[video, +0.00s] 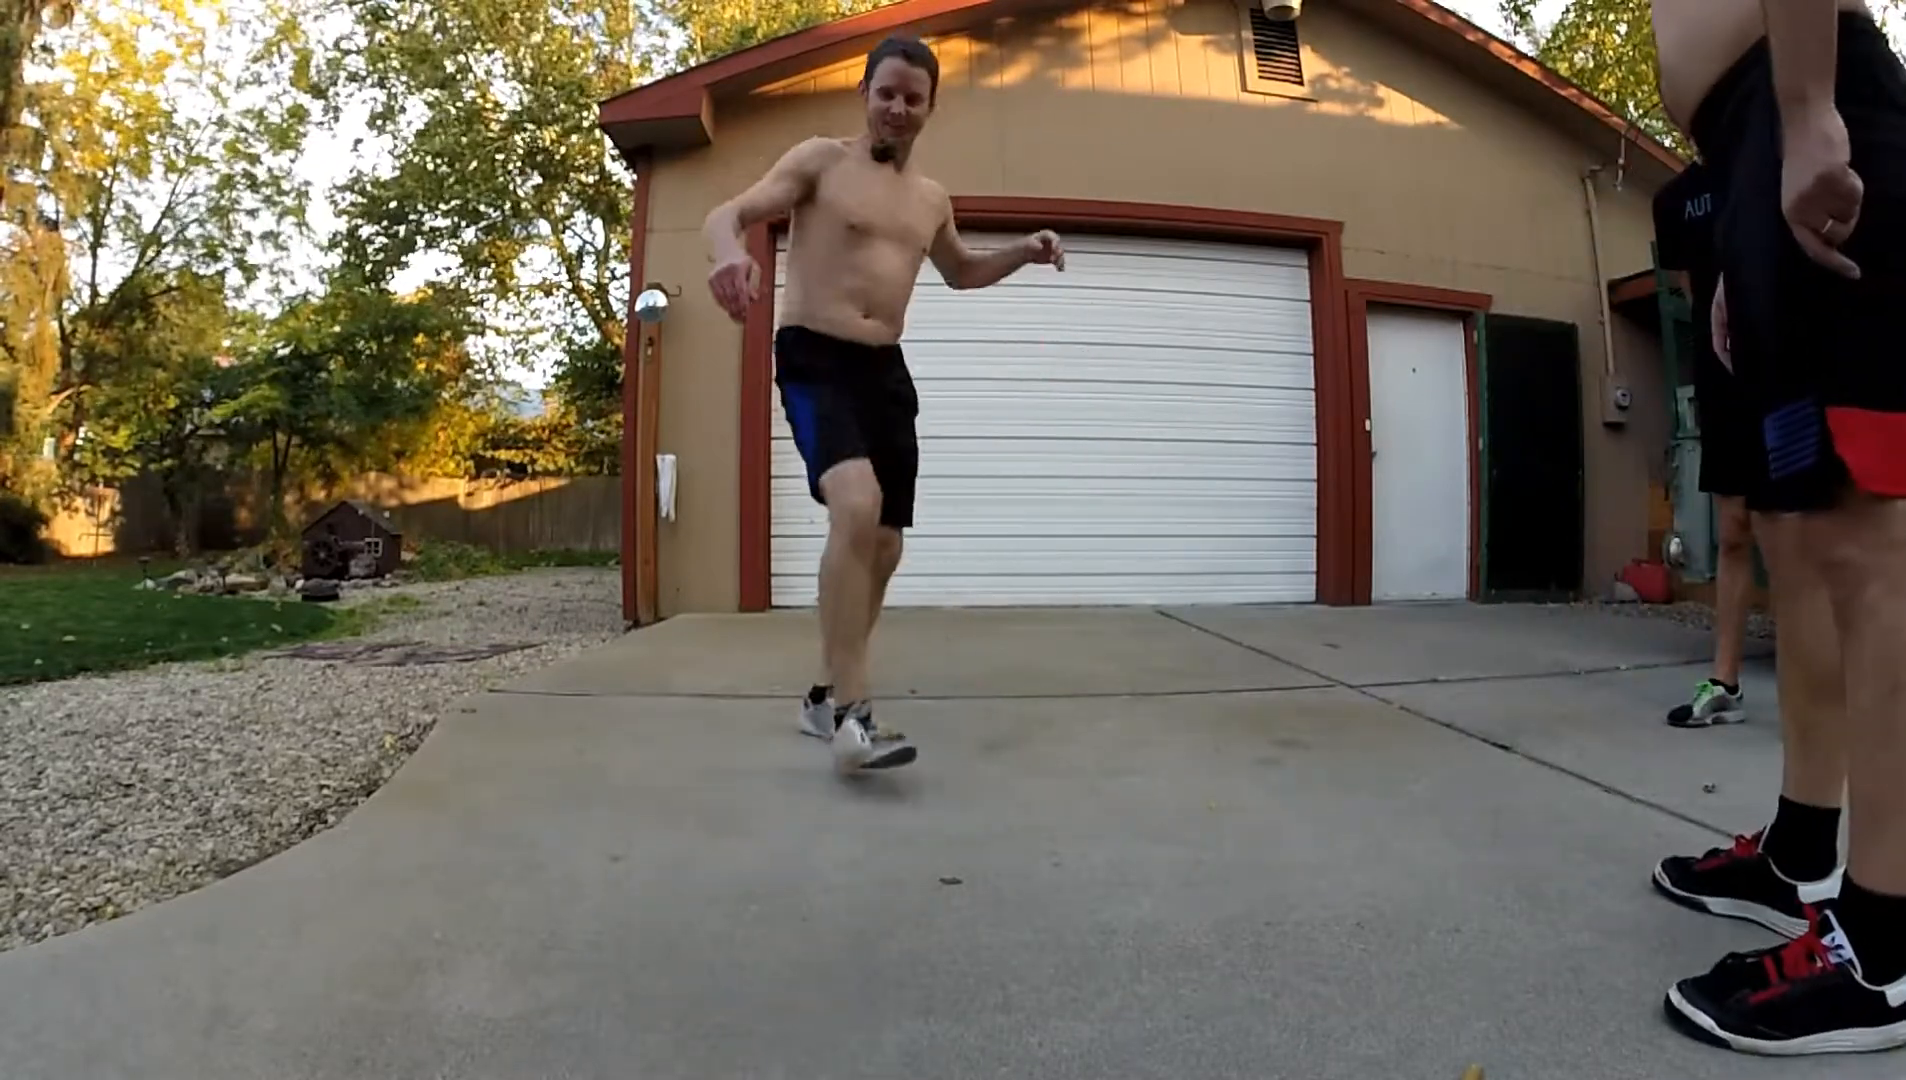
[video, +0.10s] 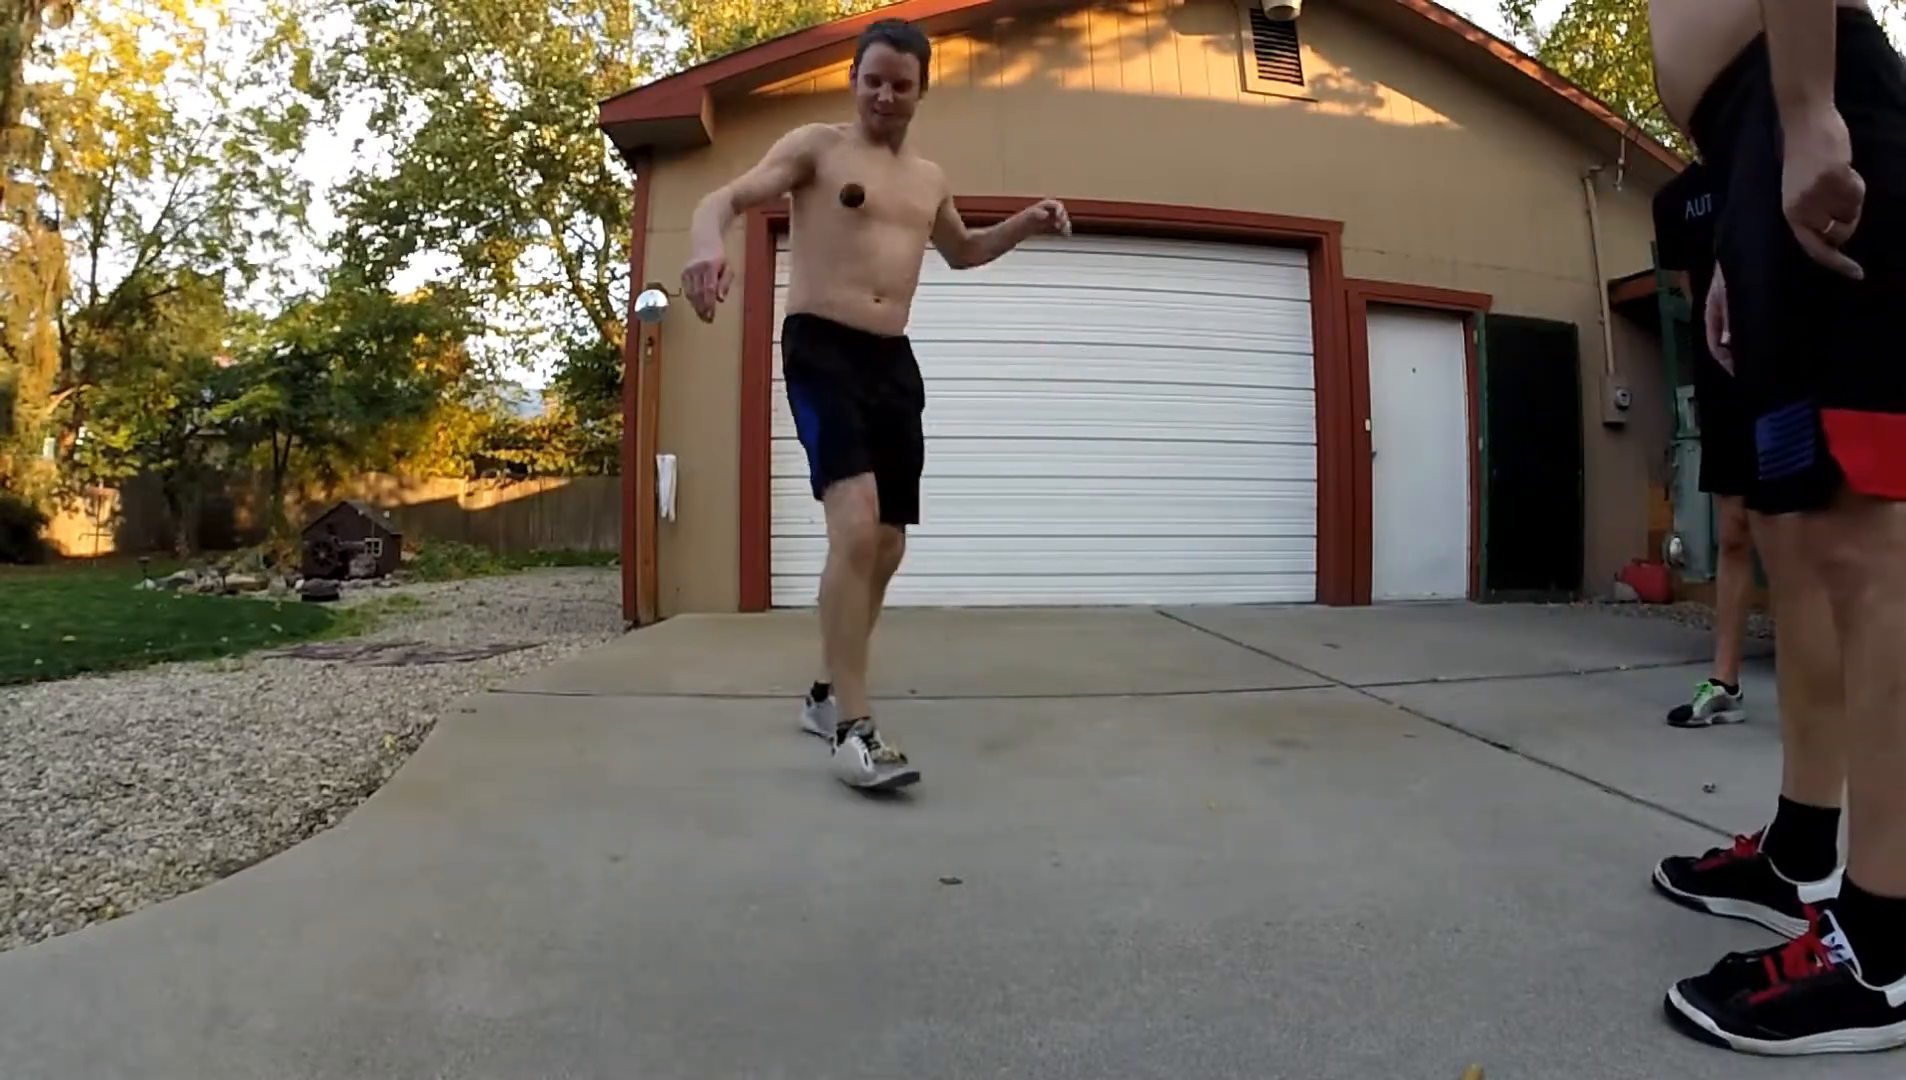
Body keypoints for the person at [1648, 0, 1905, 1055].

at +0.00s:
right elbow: (1728, 93)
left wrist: (1809, 105)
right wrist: (1736, 259)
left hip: (1847, 170)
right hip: (1779, 176)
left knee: (1867, 544)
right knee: (1799, 536)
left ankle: (1879, 945)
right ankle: (1802, 852)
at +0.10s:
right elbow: (1721, 88)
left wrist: (1809, 107)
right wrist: (1731, 254)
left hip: (1848, 170)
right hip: (1781, 188)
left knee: (1868, 543)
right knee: (1796, 535)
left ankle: (1879, 944)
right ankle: (1802, 851)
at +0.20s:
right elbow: (1722, 86)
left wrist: (1800, 106)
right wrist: (1728, 243)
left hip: (1849, 175)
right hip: (1776, 199)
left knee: (1868, 544)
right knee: (1796, 535)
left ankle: (1879, 944)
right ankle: (1802, 850)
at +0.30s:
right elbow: (1721, 86)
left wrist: (1786, 109)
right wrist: (1727, 241)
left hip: (1846, 165)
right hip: (1777, 179)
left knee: (1867, 544)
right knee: (1797, 534)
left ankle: (1880, 944)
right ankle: (1803, 850)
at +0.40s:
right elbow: (1725, 85)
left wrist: (1770, 112)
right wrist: (1729, 237)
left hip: (1847, 158)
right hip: (1779, 169)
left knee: (1867, 540)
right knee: (1798, 530)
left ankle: (1878, 946)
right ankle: (1804, 849)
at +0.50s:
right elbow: (1734, 105)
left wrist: (1762, 121)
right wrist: (1738, 244)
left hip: (1857, 168)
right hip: (1788, 176)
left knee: (1873, 543)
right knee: (1801, 536)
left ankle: (1879, 947)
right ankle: (1801, 851)